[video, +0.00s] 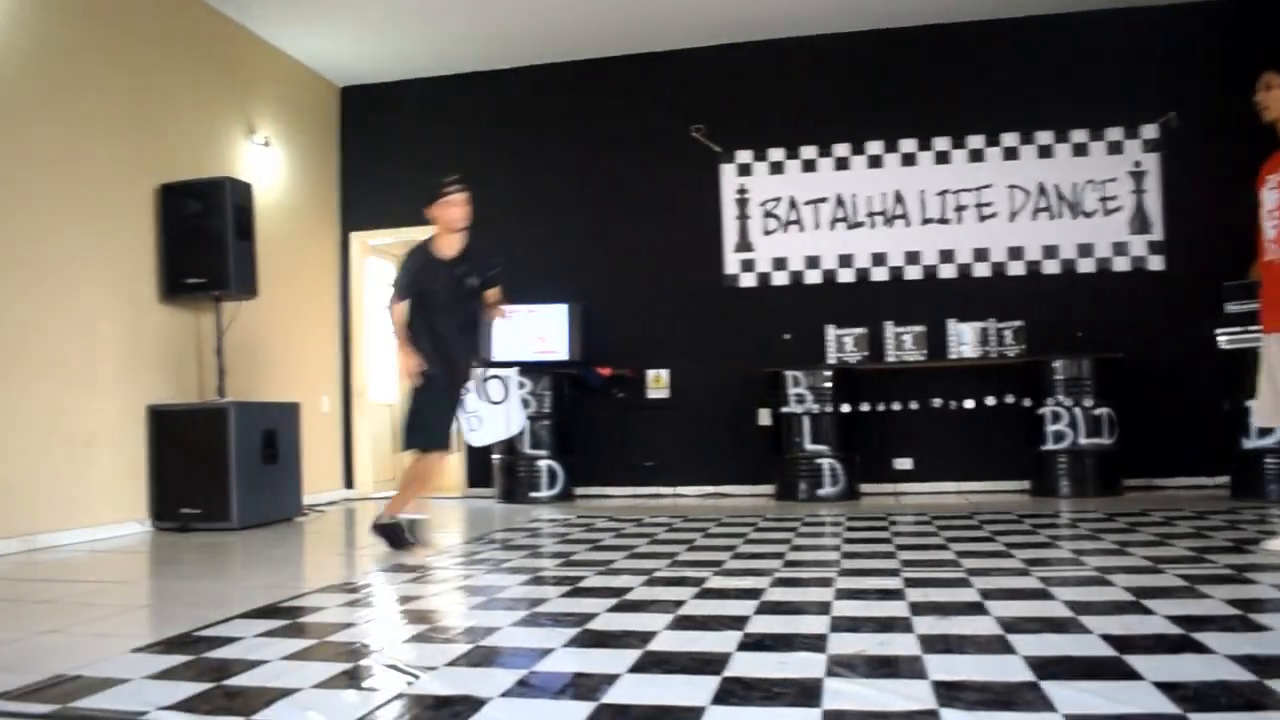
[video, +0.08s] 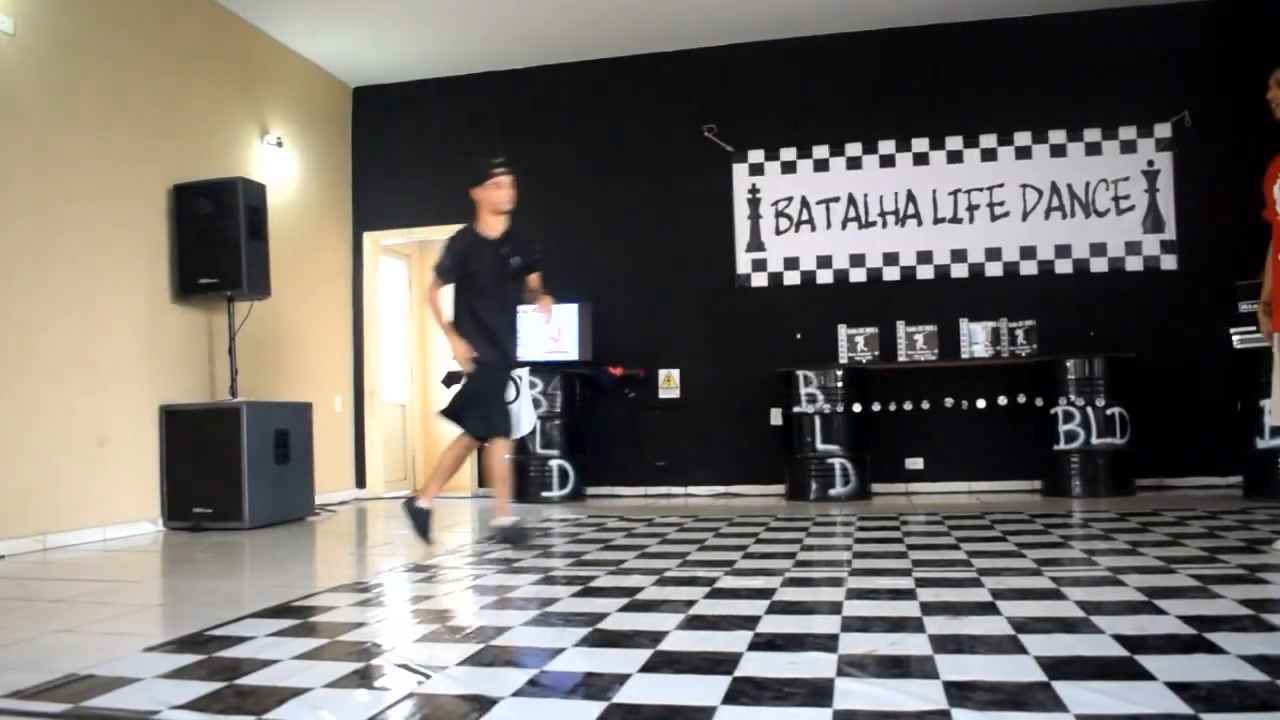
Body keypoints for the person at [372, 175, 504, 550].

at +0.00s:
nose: (461, 211)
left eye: (464, 203)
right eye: (451, 204)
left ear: (471, 209)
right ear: (433, 213)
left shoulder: (479, 256)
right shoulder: (418, 258)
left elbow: (492, 303)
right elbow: (398, 306)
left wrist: (500, 315)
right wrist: (405, 348)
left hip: (460, 357)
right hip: (427, 356)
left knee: (434, 443)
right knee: (431, 443)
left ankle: (392, 515)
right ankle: (397, 514)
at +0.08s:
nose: (506, 192)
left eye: (509, 185)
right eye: (496, 185)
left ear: (514, 192)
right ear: (477, 194)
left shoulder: (519, 240)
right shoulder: (463, 242)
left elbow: (534, 287)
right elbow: (432, 292)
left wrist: (542, 300)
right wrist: (453, 338)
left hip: (505, 349)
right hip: (477, 348)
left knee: (473, 434)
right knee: (499, 432)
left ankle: (422, 501)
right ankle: (503, 520)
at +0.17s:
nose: (556, 193)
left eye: (558, 187)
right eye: (546, 186)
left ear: (560, 193)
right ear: (524, 192)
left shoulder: (556, 246)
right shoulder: (508, 243)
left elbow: (566, 289)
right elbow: (483, 297)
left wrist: (579, 314)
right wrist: (506, 342)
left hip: (551, 352)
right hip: (525, 353)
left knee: (526, 436)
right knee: (560, 432)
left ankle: (467, 494)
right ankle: (580, 522)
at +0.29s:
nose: (606, 204)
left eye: (609, 197)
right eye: (597, 197)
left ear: (610, 202)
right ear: (575, 202)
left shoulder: (602, 254)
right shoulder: (564, 250)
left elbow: (602, 310)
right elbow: (544, 305)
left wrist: (612, 347)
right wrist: (589, 347)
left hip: (599, 361)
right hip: (580, 363)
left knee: (597, 448)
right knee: (609, 445)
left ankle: (546, 502)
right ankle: (587, 526)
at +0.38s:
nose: (637, 196)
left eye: (639, 189)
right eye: (628, 189)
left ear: (638, 194)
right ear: (606, 193)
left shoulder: (626, 240)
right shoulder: (599, 239)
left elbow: (621, 299)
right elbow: (581, 296)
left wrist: (645, 328)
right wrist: (635, 324)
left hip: (636, 356)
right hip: (611, 358)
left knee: (652, 440)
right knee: (618, 440)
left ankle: (620, 518)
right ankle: (586, 523)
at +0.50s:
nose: (680, 186)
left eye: (682, 179)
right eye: (671, 179)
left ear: (679, 184)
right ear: (648, 183)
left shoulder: (669, 231)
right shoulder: (644, 229)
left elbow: (666, 290)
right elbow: (633, 288)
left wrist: (692, 322)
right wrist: (687, 311)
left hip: (686, 349)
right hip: (661, 351)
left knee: (708, 429)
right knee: (651, 433)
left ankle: (726, 517)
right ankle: (605, 507)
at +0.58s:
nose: (708, 195)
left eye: (710, 188)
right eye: (699, 188)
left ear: (708, 192)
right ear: (676, 191)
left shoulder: (702, 240)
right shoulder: (672, 237)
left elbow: (702, 299)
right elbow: (666, 300)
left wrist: (728, 313)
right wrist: (716, 328)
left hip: (724, 353)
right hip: (698, 356)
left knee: (752, 433)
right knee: (700, 440)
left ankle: (763, 523)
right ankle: (627, 498)